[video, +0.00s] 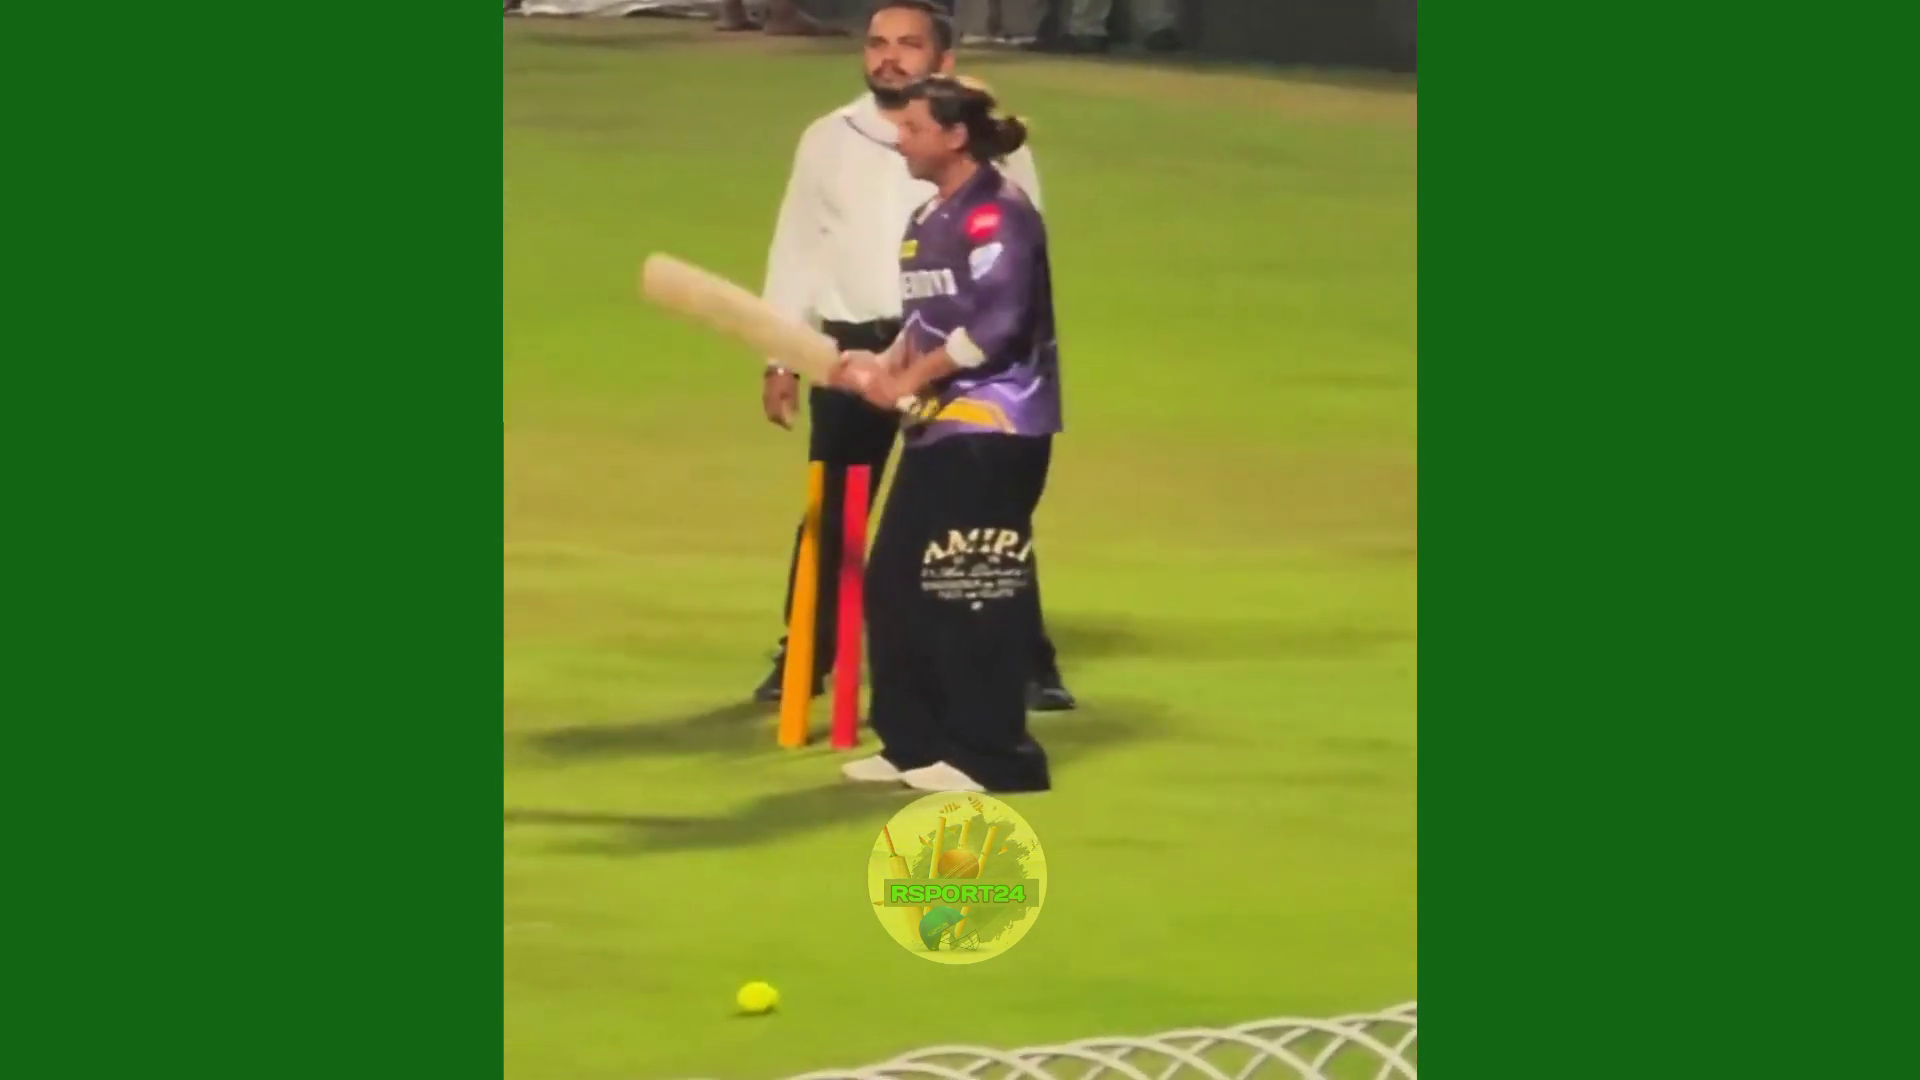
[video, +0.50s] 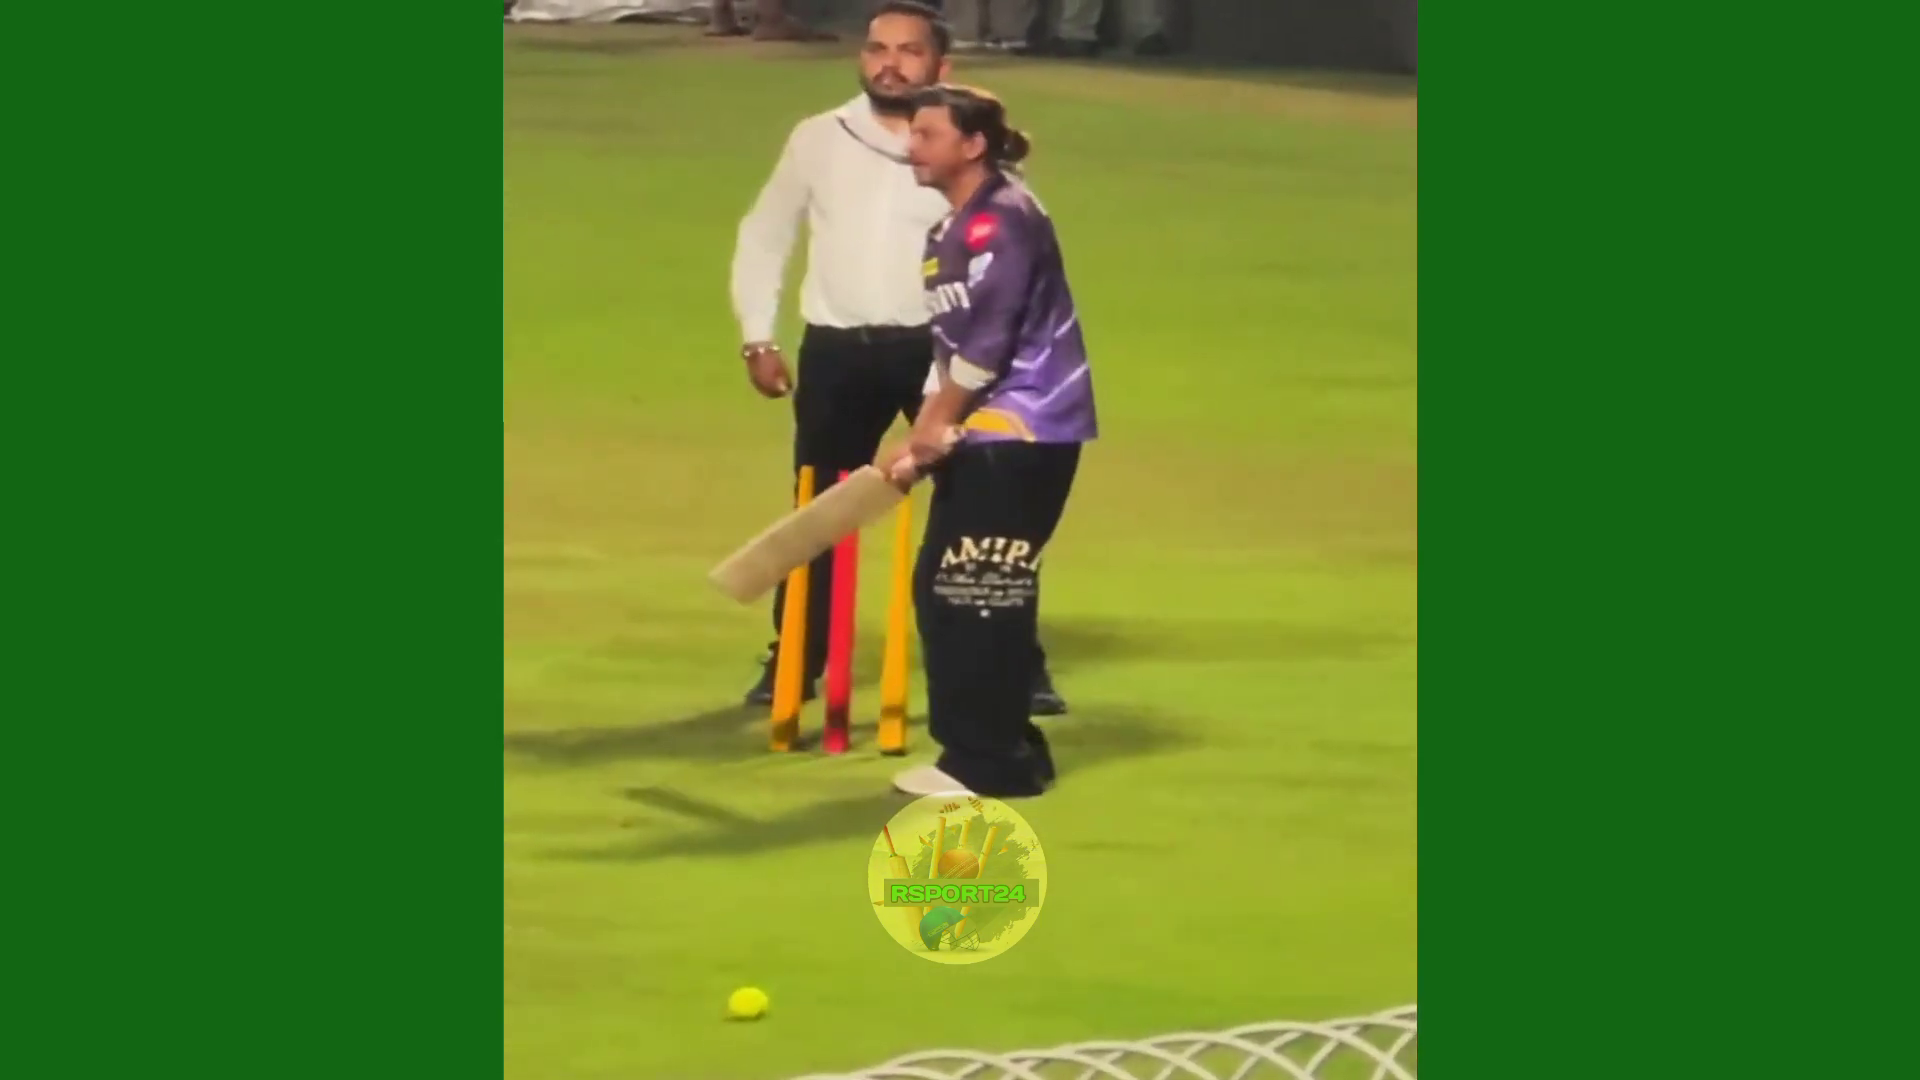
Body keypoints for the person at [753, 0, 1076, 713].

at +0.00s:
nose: (888, 58)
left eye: (906, 44)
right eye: (877, 44)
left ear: (943, 57)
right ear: (862, 53)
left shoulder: (987, 137)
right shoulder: (827, 139)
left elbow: (1023, 249)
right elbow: (794, 249)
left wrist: (996, 345)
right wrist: (784, 359)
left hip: (955, 346)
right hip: (850, 343)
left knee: (994, 518)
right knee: (834, 522)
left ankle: (1031, 665)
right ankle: (802, 664)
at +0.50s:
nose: (888, 63)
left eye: (906, 51)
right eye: (877, 49)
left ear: (938, 64)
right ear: (861, 56)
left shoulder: (960, 143)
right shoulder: (818, 139)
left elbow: (1000, 260)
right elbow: (764, 235)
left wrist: (975, 372)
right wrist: (758, 336)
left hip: (936, 352)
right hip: (837, 352)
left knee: (981, 519)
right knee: (819, 521)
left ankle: (1021, 669)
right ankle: (794, 666)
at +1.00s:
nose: (873, 77)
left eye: (891, 64)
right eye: (861, 63)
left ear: (924, 74)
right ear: (846, 70)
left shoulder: (951, 151)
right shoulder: (805, 149)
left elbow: (1000, 258)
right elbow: (745, 224)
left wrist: (974, 351)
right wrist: (770, 316)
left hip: (931, 362)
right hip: (829, 363)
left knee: (974, 526)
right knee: (809, 526)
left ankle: (1013, 681)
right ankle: (788, 674)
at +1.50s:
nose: (852, 118)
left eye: (870, 104)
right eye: (839, 104)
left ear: (902, 113)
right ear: (823, 112)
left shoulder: (934, 188)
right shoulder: (786, 190)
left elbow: (989, 285)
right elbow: (732, 264)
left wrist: (965, 394)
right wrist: (758, 353)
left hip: (916, 402)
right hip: (814, 402)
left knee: (963, 572)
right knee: (791, 568)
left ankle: (993, 725)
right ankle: (771, 715)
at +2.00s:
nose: (837, 139)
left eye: (853, 126)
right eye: (822, 126)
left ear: (880, 135)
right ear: (804, 135)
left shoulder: (927, 212)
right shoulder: (765, 216)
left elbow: (973, 324)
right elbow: (708, 290)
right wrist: (733, 383)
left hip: (900, 430)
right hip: (794, 429)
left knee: (945, 603)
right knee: (772, 598)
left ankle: (974, 755)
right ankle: (752, 747)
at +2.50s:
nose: (806, 167)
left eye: (822, 153)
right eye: (790, 154)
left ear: (844, 160)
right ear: (768, 164)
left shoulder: (886, 233)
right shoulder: (731, 241)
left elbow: (944, 330)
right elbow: (666, 316)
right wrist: (695, 412)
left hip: (867, 453)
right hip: (761, 455)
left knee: (907, 616)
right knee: (739, 624)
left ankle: (926, 775)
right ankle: (715, 772)